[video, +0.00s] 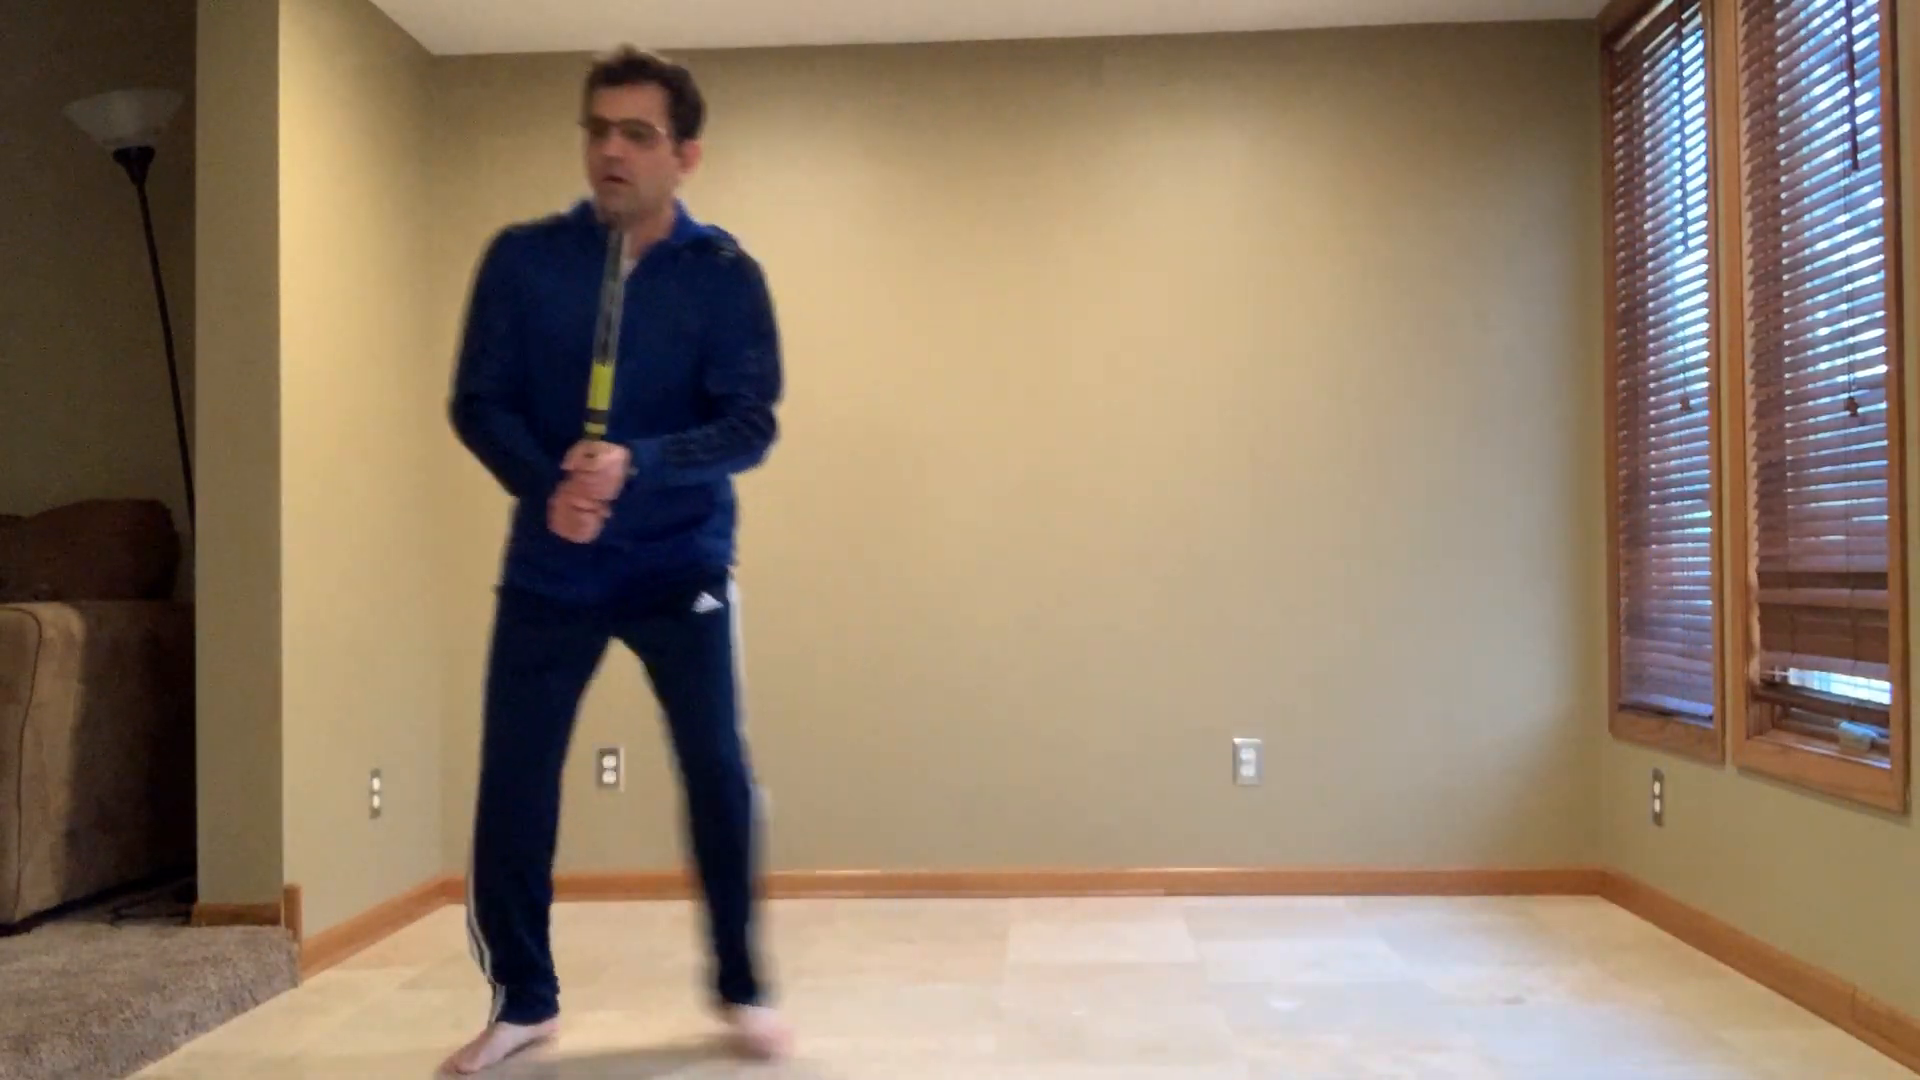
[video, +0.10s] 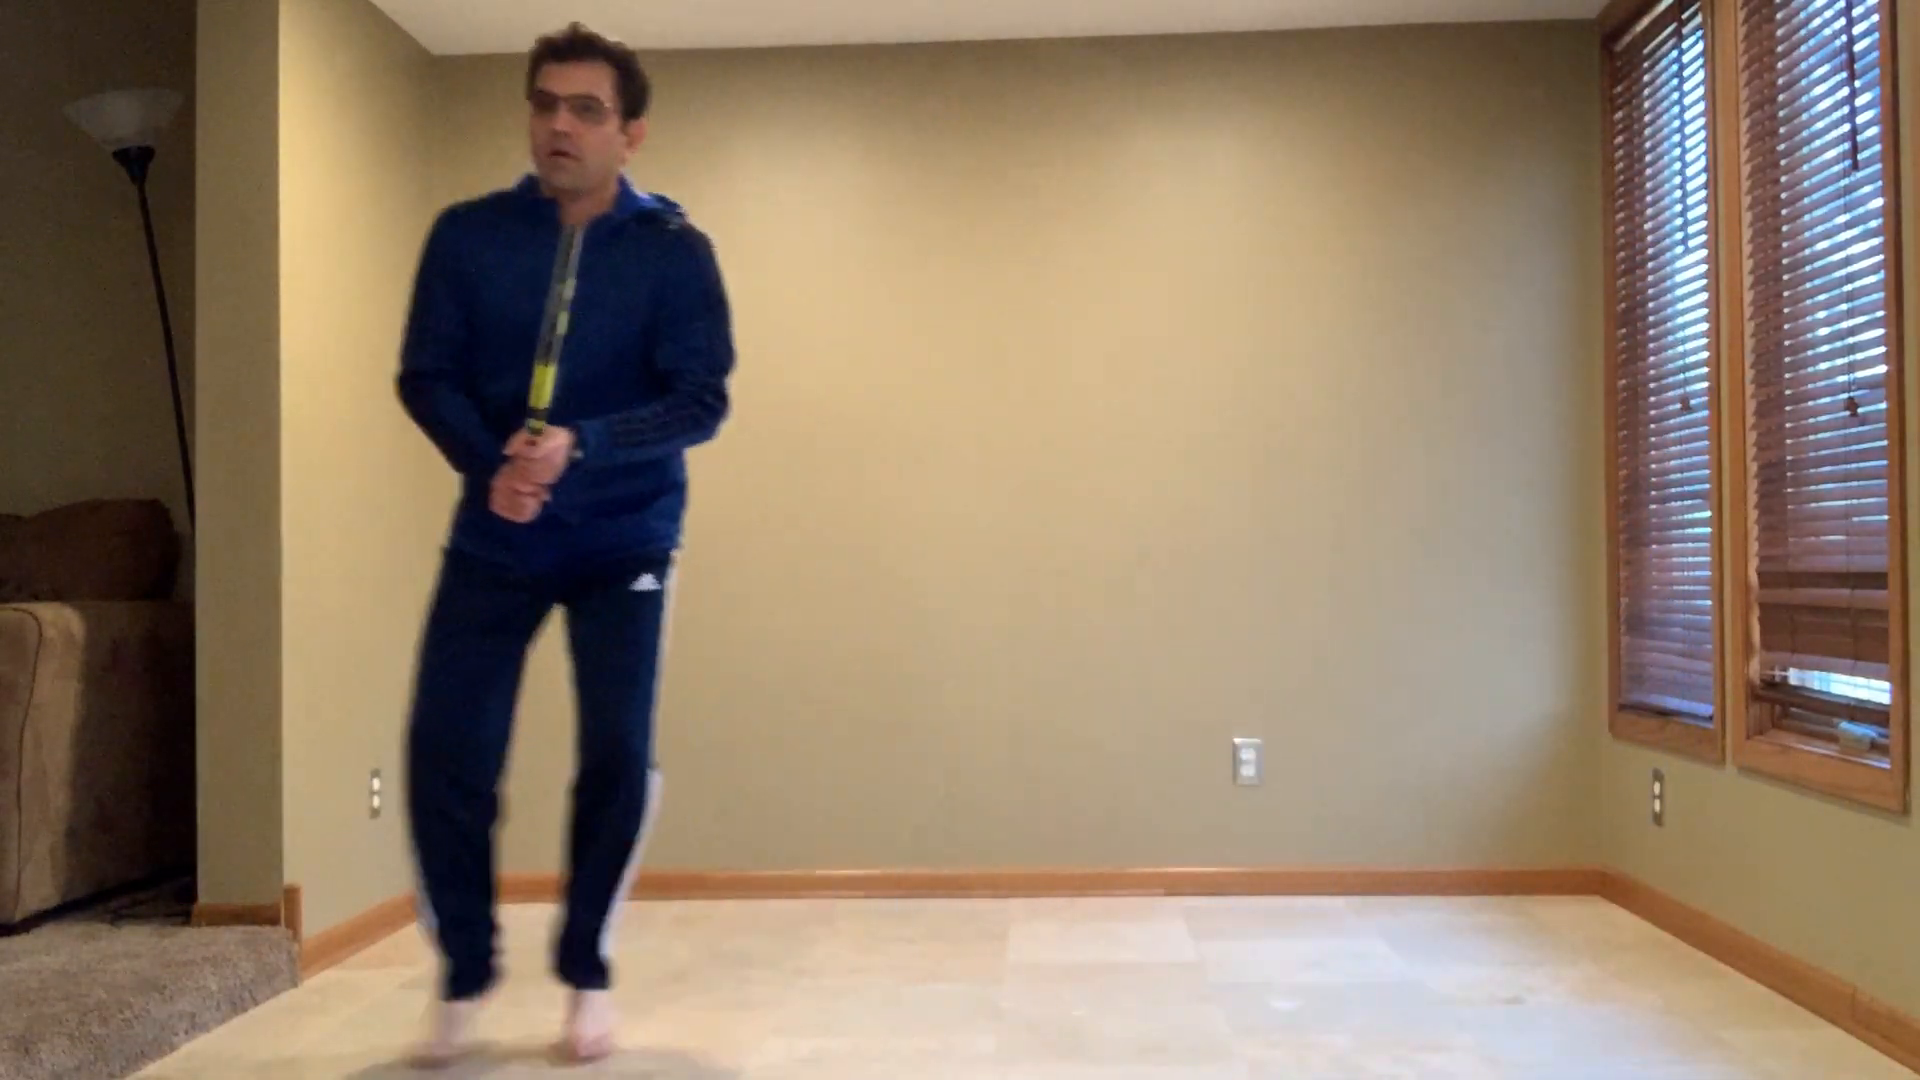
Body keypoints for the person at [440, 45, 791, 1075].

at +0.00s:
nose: (612, 150)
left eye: (637, 134)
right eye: (598, 131)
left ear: (685, 153)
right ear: (582, 143)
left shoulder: (724, 273)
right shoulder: (522, 257)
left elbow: (751, 422)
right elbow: (476, 403)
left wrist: (635, 463)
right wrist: (543, 482)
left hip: (680, 575)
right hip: (549, 575)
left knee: (719, 769)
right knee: (514, 784)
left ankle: (741, 993)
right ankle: (524, 1004)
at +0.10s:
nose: (561, 125)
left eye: (587, 110)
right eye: (546, 106)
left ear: (630, 132)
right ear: (527, 119)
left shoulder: (673, 250)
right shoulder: (468, 233)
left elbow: (703, 401)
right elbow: (424, 376)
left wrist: (580, 444)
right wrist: (485, 459)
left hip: (620, 549)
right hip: (491, 544)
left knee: (619, 758)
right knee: (445, 752)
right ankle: (465, 973)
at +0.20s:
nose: (511, 147)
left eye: (538, 132)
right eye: (497, 127)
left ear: (581, 154)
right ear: (477, 142)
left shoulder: (624, 275)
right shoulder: (419, 258)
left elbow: (652, 424)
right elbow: (375, 399)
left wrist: (530, 467)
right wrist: (440, 480)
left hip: (565, 572)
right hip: (435, 564)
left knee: (565, 788)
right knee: (360, 764)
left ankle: (552, 992)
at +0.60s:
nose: (569, 272)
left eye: (594, 259)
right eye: (554, 250)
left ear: (619, 284)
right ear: (517, 255)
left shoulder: (621, 403)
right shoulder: (425, 353)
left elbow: (596, 538)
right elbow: (370, 517)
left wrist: (553, 609)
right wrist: (449, 636)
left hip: (520, 625)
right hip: (385, 608)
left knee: (602, 776)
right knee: (281, 825)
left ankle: (549, 986)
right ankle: (237, 1018)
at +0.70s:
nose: (686, 261)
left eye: (709, 249)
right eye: (670, 236)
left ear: (726, 270)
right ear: (626, 237)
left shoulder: (707, 387)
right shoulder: (529, 330)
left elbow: (678, 525)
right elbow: (468, 489)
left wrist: (638, 608)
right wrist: (545, 629)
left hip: (575, 610)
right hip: (453, 590)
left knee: (616, 791)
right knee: (347, 797)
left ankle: (533, 1008)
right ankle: (225, 1012)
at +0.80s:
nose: (781, 251)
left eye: (804, 238)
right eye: (764, 226)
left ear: (818, 256)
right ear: (716, 224)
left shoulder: (788, 369)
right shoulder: (622, 316)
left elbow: (757, 502)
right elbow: (577, 477)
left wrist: (742, 610)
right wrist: (654, 626)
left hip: (634, 586)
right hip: (528, 564)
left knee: (638, 788)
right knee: (496, 773)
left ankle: (536, 1002)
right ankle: (401, 985)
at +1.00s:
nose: (978, 249)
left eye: (999, 237)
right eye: (961, 223)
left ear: (1007, 250)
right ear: (907, 217)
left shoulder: (925, 342)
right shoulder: (840, 319)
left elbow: (909, 491)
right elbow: (861, 502)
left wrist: (972, 603)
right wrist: (947, 633)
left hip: (795, 578)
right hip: (706, 568)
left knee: (878, 752)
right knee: (751, 808)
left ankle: (799, 940)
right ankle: (661, 1039)